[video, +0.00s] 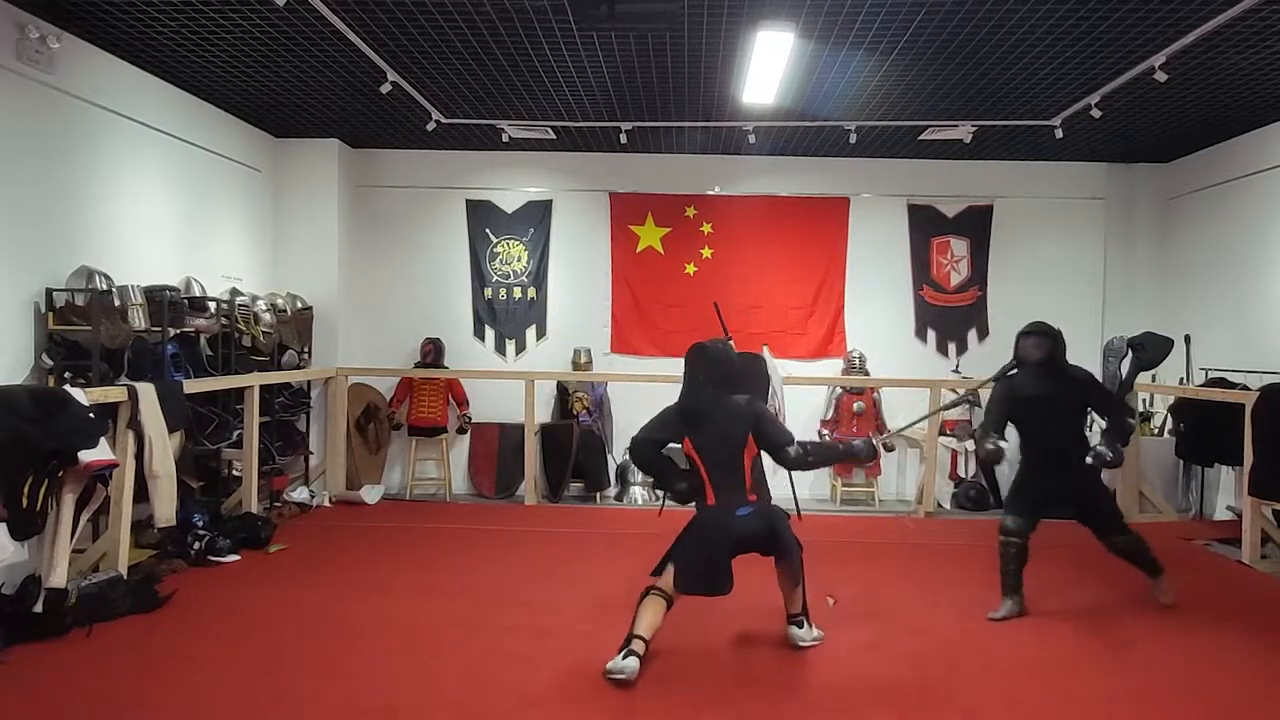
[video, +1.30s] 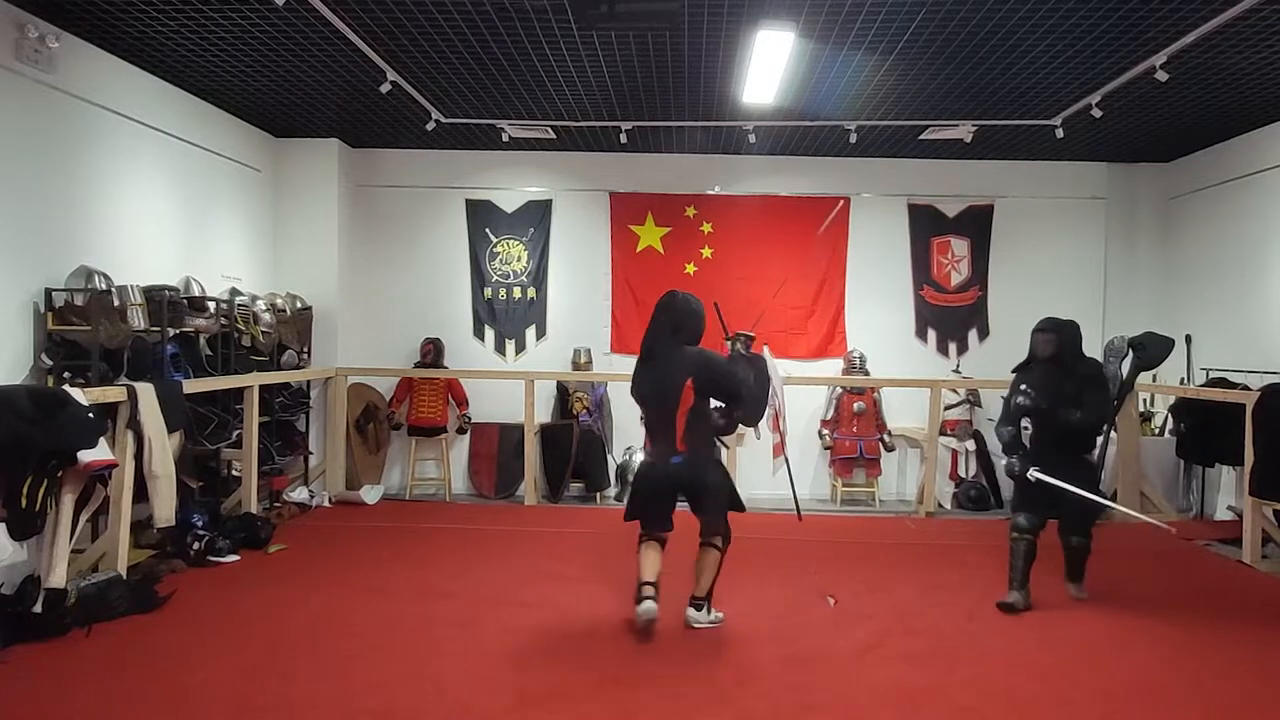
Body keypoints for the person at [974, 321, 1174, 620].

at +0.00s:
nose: (1033, 349)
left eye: (1040, 342)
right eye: (1027, 343)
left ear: (1055, 347)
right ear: (1017, 349)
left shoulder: (1077, 380)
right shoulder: (1008, 387)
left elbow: (1121, 414)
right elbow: (988, 431)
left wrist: (1110, 444)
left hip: (1077, 473)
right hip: (1033, 474)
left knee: (1117, 539)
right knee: (1011, 530)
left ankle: (1158, 576)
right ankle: (1012, 599)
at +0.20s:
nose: (1035, 352)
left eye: (1042, 344)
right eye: (1031, 345)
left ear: (1061, 348)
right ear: (1025, 351)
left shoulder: (1090, 379)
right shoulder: (1022, 388)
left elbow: (1136, 403)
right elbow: (1003, 435)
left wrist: (1143, 449)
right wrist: (1024, 461)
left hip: (1084, 477)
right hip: (1037, 475)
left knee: (1106, 549)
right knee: (1015, 531)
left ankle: (1136, 578)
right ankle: (1013, 598)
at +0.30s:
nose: (1051, 358)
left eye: (1058, 350)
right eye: (1046, 350)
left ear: (1077, 352)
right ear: (1040, 354)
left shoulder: (1106, 383)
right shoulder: (1036, 389)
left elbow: (1158, 406)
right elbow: (999, 425)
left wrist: (1172, 453)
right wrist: (1007, 460)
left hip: (1096, 479)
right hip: (1052, 476)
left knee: (1113, 552)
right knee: (1024, 532)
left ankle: (1138, 584)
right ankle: (1014, 597)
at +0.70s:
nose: (1074, 363)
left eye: (1082, 356)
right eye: (1069, 355)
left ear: (1096, 355)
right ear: (1060, 353)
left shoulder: (1118, 385)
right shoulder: (1048, 385)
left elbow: (1146, 426)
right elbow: (1022, 426)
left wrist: (1139, 464)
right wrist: (1017, 459)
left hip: (1096, 475)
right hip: (1054, 473)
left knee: (1115, 540)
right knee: (1030, 529)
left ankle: (1133, 586)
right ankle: (1021, 593)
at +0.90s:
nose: (1034, 360)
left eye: (1041, 353)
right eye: (1030, 353)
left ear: (1060, 353)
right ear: (1027, 353)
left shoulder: (1092, 383)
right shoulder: (1022, 386)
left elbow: (1130, 423)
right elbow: (996, 428)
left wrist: (1110, 463)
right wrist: (997, 467)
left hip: (1085, 467)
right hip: (1041, 466)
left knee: (1099, 542)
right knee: (1025, 528)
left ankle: (1130, 583)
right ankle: (1020, 594)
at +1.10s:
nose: (1025, 350)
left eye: (1032, 344)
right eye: (1022, 344)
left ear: (1050, 345)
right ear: (1018, 348)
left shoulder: (1079, 373)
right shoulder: (1016, 382)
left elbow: (1113, 420)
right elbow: (995, 429)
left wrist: (1075, 446)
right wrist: (999, 465)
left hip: (1080, 462)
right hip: (1037, 461)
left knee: (1080, 537)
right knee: (1021, 527)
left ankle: (1093, 568)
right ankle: (1019, 594)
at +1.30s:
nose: (1041, 347)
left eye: (1047, 341)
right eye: (1037, 340)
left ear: (1064, 342)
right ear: (1032, 341)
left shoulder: (1089, 373)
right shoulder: (1027, 375)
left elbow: (1098, 416)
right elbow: (1007, 422)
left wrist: (1046, 411)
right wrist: (1014, 453)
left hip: (1076, 459)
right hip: (1035, 457)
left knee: (1076, 531)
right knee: (1024, 523)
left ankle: (1075, 581)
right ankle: (1018, 590)